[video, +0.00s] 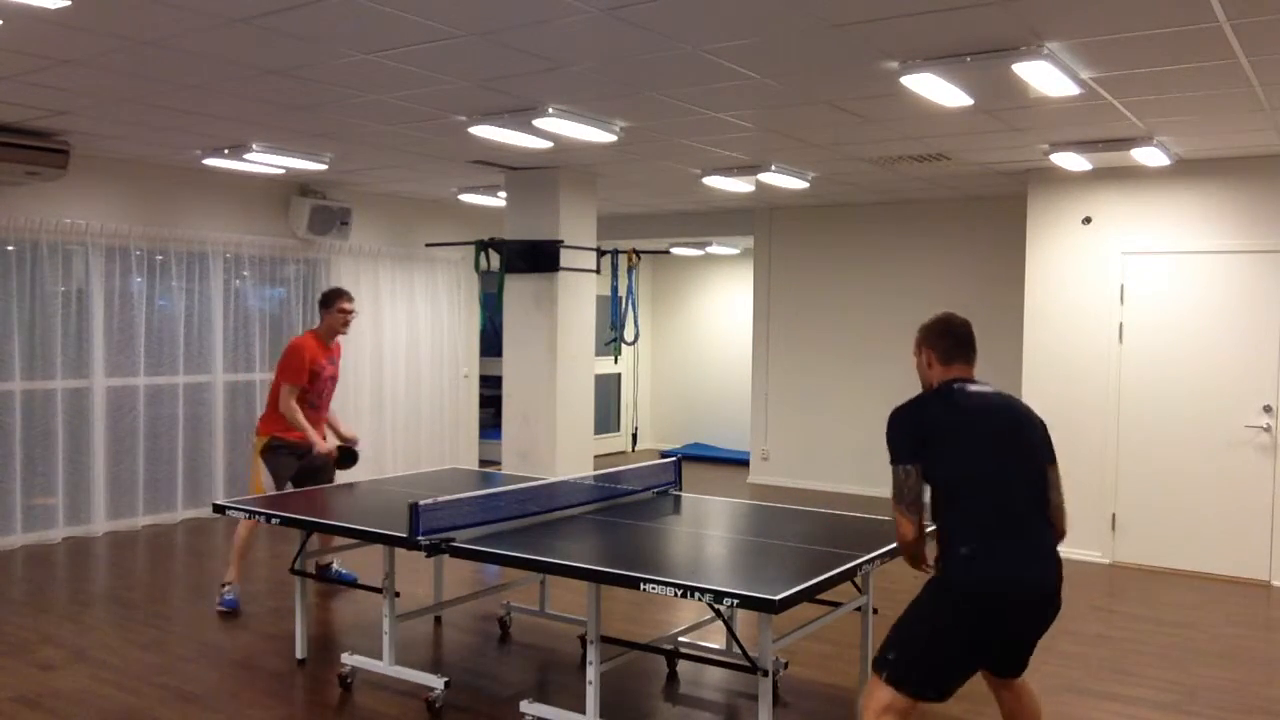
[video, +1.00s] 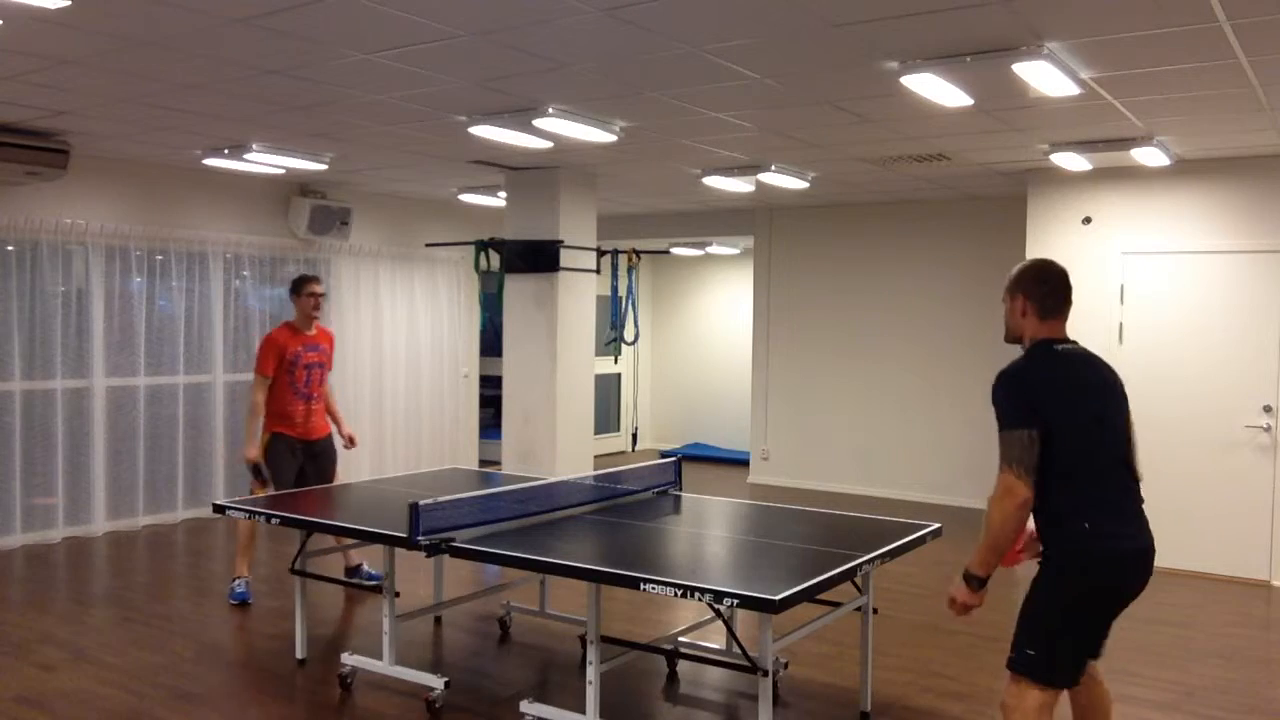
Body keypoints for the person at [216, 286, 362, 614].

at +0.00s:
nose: (349, 318)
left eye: (352, 313)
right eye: (343, 312)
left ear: (349, 316)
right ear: (324, 314)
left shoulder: (334, 348)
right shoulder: (301, 348)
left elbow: (317, 403)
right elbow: (286, 404)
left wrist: (341, 432)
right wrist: (315, 439)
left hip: (309, 439)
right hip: (277, 439)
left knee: (326, 502)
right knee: (259, 507)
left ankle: (324, 564)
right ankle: (230, 582)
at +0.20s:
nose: (332, 309)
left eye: (335, 304)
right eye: (326, 303)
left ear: (336, 307)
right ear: (308, 305)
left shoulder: (327, 340)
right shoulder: (284, 340)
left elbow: (321, 388)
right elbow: (267, 395)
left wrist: (349, 420)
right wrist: (288, 435)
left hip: (310, 434)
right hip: (275, 433)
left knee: (319, 501)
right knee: (259, 505)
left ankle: (324, 562)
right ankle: (242, 575)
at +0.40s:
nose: (313, 305)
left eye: (316, 299)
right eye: (306, 299)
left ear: (319, 303)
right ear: (288, 300)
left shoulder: (320, 337)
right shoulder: (266, 340)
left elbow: (320, 382)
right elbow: (252, 391)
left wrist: (343, 420)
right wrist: (256, 434)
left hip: (306, 439)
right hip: (268, 438)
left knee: (315, 502)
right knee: (252, 506)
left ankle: (324, 563)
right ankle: (241, 576)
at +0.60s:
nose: (297, 299)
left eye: (301, 294)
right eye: (291, 294)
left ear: (304, 297)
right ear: (273, 297)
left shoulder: (311, 334)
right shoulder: (254, 339)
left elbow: (315, 380)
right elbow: (242, 390)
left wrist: (334, 422)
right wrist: (236, 440)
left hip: (303, 435)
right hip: (263, 434)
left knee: (311, 501)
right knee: (251, 506)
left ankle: (324, 562)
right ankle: (241, 576)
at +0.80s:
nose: (299, 300)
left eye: (302, 295)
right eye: (292, 295)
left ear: (305, 298)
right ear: (275, 298)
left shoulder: (309, 335)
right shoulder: (257, 341)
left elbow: (310, 382)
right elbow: (243, 395)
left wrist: (330, 420)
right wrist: (230, 445)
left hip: (306, 434)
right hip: (267, 435)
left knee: (329, 496)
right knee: (248, 504)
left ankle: (341, 559)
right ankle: (240, 576)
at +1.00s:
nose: (318, 301)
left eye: (321, 296)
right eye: (311, 296)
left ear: (323, 301)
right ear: (295, 300)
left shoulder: (325, 338)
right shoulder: (276, 340)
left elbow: (323, 386)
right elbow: (259, 393)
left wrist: (341, 425)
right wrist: (252, 444)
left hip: (319, 437)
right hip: (282, 438)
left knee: (331, 502)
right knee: (256, 503)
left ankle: (353, 565)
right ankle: (241, 575)